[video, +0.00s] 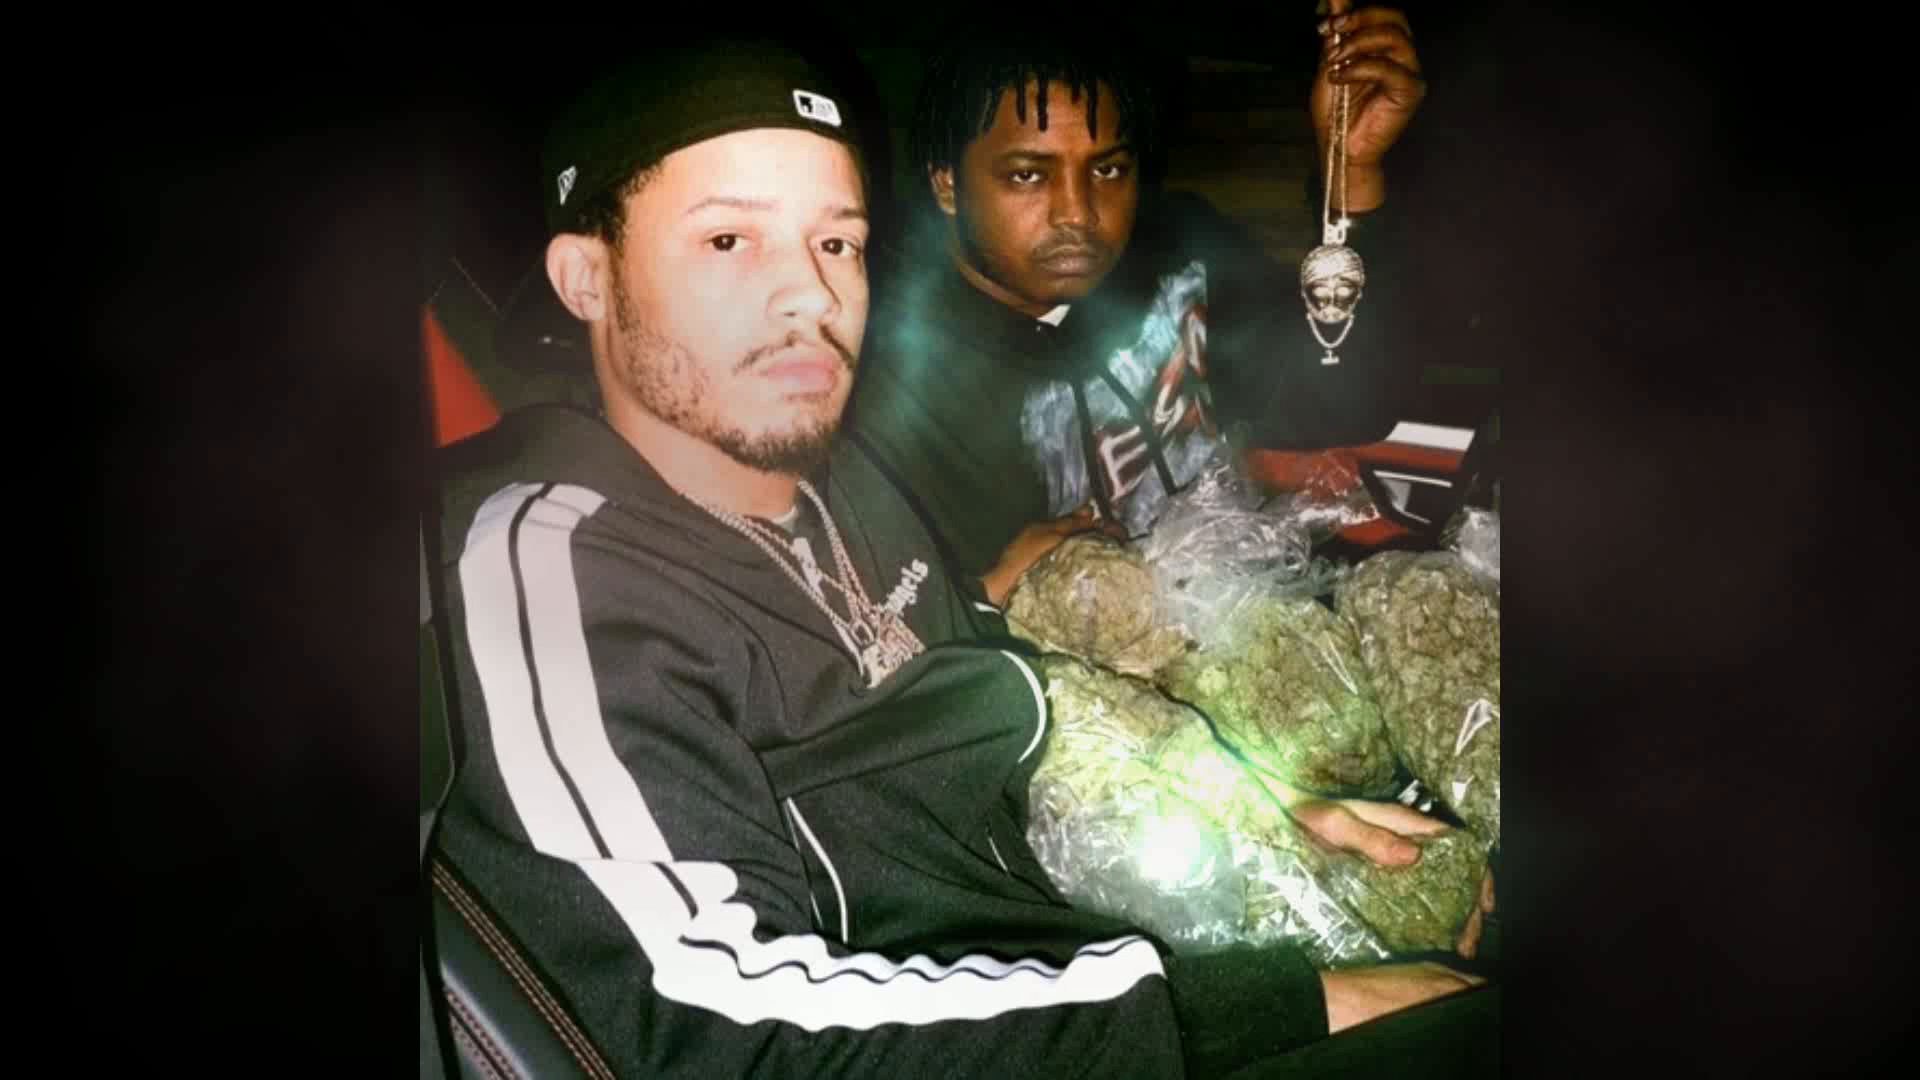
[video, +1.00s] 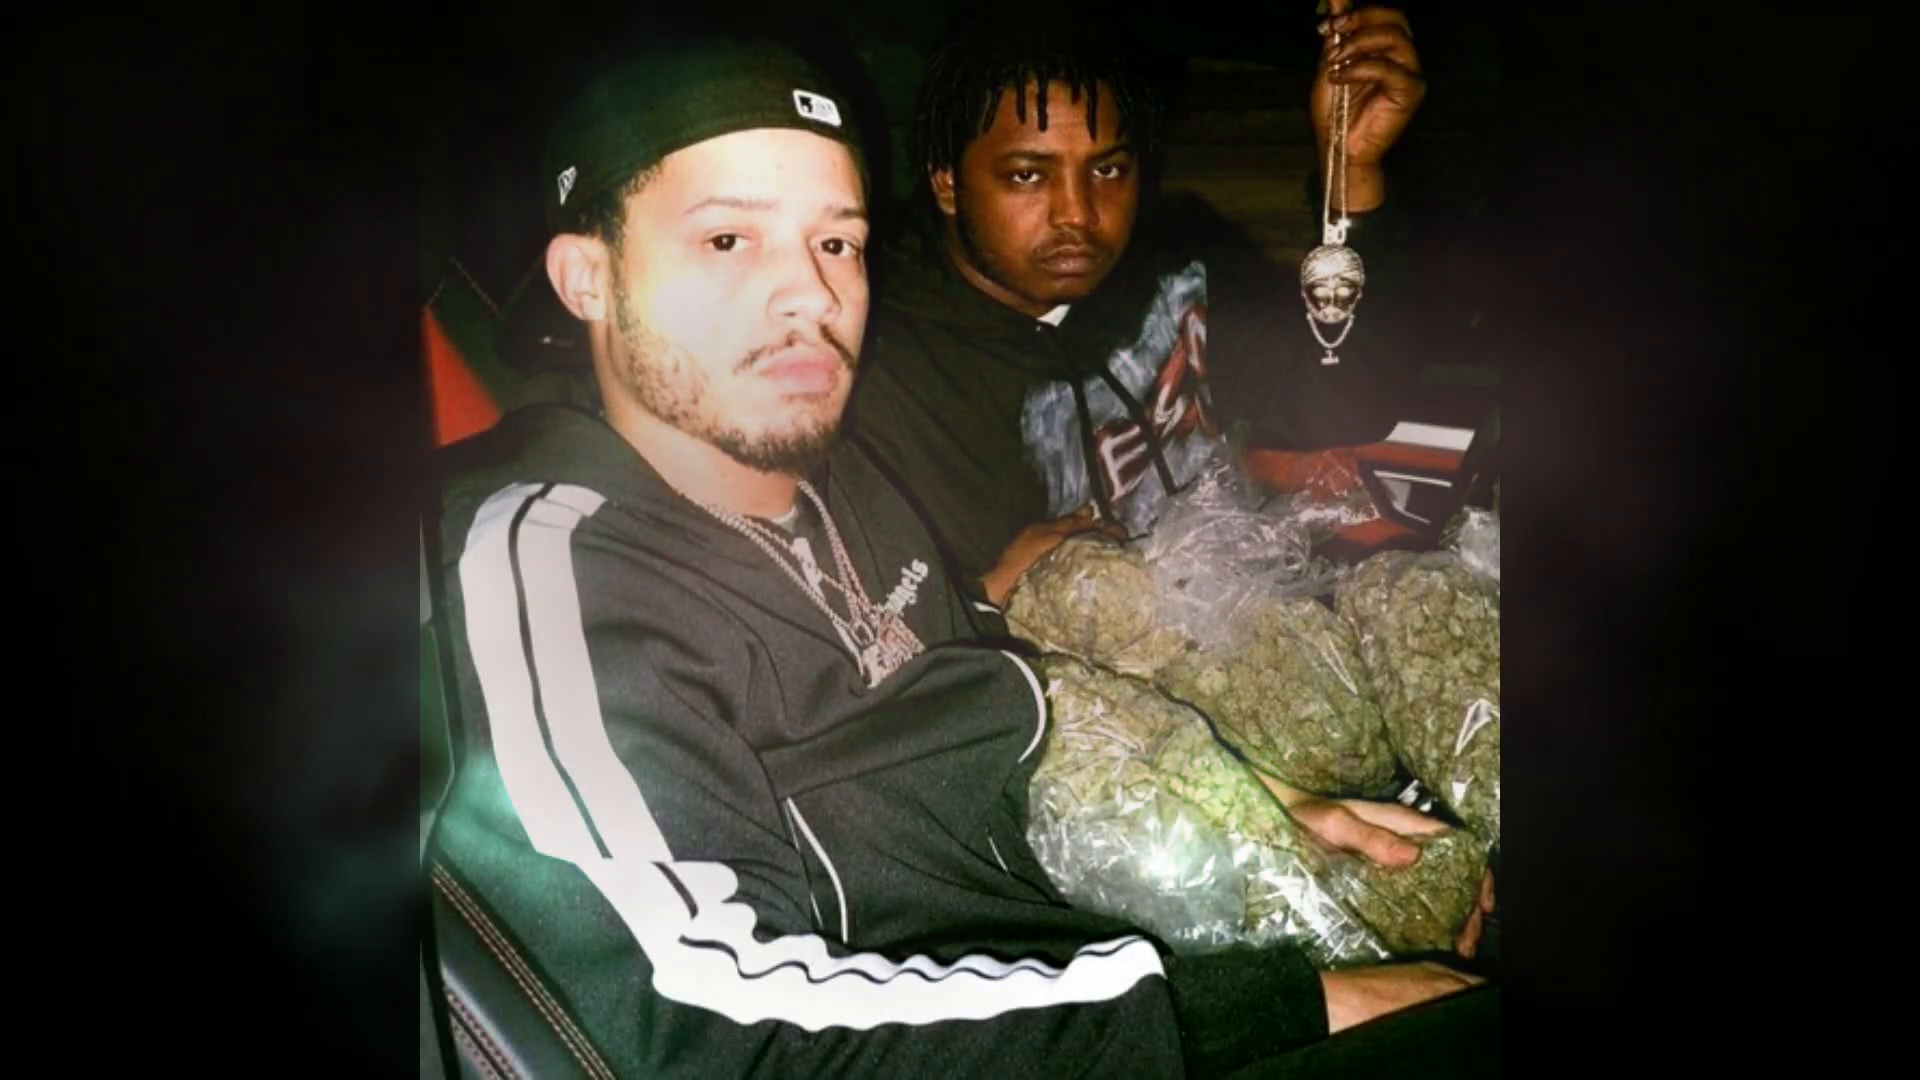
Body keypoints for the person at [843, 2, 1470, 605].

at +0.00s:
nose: (1076, 217)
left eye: (1107, 172)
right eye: (1027, 176)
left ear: (1136, 171)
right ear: (946, 188)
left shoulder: (1183, 251)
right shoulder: (906, 376)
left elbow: (1344, 410)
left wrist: (1354, 174)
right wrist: (990, 594)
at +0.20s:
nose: (1077, 216)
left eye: (1108, 171)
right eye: (1029, 175)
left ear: (1139, 172)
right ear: (945, 188)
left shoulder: (1176, 247)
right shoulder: (908, 374)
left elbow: (1351, 407)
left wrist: (1352, 172)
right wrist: (994, 590)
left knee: (1437, 608)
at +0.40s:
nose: (1077, 216)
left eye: (1107, 171)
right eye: (1028, 175)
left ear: (1138, 171)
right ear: (945, 187)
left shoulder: (1177, 247)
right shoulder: (900, 367)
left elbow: (1351, 406)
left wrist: (1352, 171)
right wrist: (995, 590)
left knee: (1432, 604)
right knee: (1086, 583)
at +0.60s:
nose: (1078, 216)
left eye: (1108, 171)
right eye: (1029, 175)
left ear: (1141, 171)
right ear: (945, 188)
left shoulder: (1177, 248)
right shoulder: (899, 376)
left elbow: (1348, 405)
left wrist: (1352, 172)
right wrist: (995, 592)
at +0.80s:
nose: (1076, 217)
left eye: (1107, 171)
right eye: (1027, 176)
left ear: (1139, 171)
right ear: (947, 188)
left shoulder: (1184, 253)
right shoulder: (894, 363)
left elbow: (1342, 414)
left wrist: (1353, 175)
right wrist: (988, 596)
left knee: (1421, 599)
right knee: (1076, 582)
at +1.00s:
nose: (1077, 216)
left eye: (1108, 171)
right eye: (1029, 175)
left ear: (1142, 172)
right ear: (946, 188)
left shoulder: (1179, 256)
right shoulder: (898, 365)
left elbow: (1350, 409)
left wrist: (1351, 171)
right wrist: (993, 589)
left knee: (1424, 597)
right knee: (1077, 580)